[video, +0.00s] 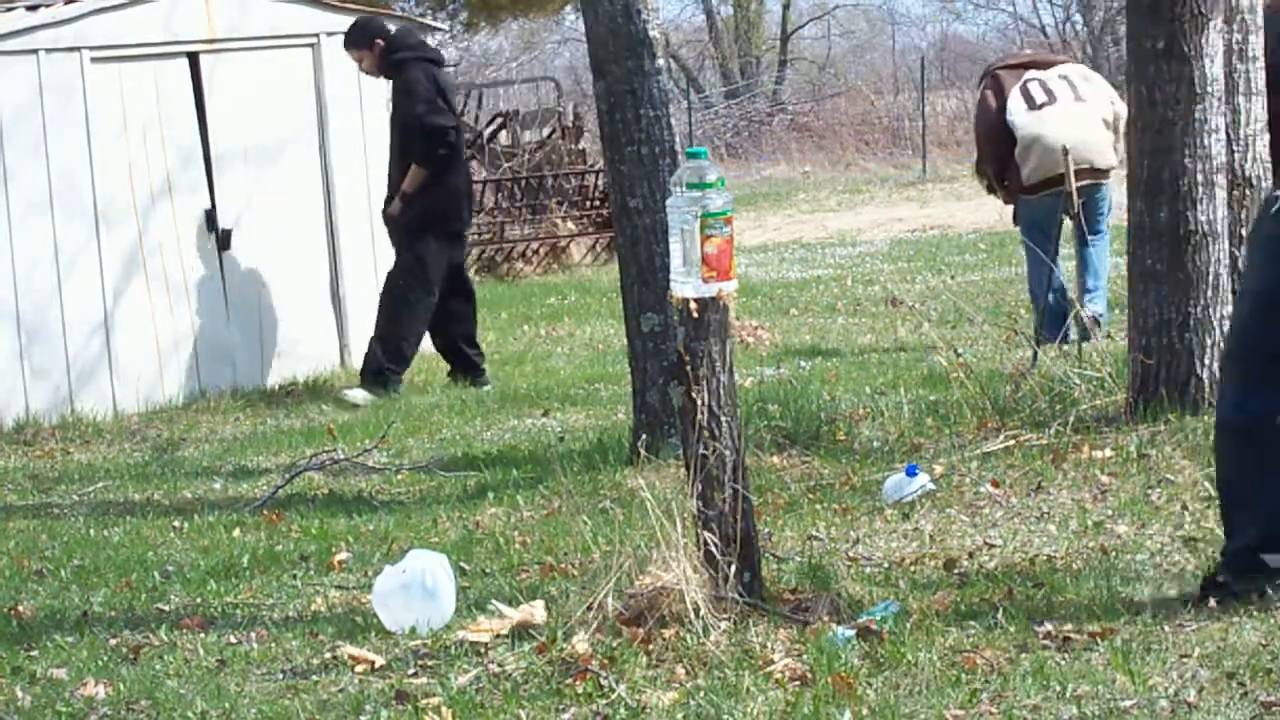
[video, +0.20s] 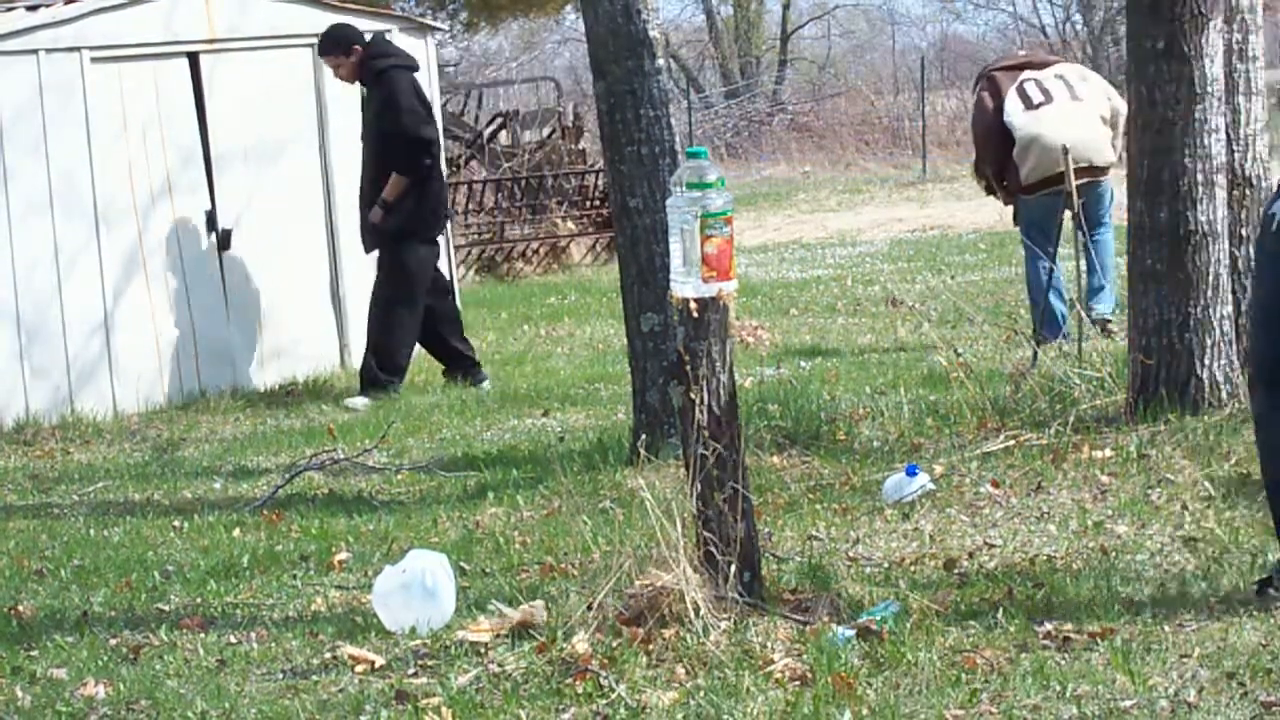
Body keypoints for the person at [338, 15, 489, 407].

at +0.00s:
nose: (360, 69)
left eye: (360, 60)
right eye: (356, 63)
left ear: (378, 47)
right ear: (378, 47)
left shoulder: (413, 74)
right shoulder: (418, 70)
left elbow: (436, 140)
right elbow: (432, 142)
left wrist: (402, 195)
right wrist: (403, 192)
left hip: (430, 211)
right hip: (441, 209)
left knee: (406, 296)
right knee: (449, 296)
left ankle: (379, 384)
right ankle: (470, 375)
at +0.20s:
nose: (335, 74)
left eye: (336, 65)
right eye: (331, 67)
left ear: (355, 53)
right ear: (355, 54)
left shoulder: (391, 78)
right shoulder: (379, 78)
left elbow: (418, 147)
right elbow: (403, 147)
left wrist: (383, 202)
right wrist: (377, 197)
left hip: (412, 214)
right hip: (406, 213)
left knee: (394, 302)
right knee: (428, 298)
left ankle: (378, 389)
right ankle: (467, 375)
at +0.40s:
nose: (312, 74)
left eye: (313, 65)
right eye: (308, 67)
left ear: (333, 53)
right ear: (332, 54)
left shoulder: (369, 79)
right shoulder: (352, 80)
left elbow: (398, 145)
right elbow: (363, 149)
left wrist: (365, 203)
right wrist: (348, 204)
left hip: (386, 214)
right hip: (368, 214)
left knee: (384, 300)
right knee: (379, 298)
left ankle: (379, 386)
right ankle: (440, 361)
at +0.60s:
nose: (293, 74)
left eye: (296, 65)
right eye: (289, 67)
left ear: (316, 52)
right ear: (303, 58)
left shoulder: (354, 80)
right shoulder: (318, 86)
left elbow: (386, 144)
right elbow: (326, 152)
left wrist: (354, 203)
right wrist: (314, 203)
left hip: (365, 218)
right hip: (329, 218)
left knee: (366, 298)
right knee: (323, 290)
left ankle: (379, 386)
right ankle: (369, 372)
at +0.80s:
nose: (269, 78)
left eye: (272, 70)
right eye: (264, 71)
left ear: (293, 57)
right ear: (272, 64)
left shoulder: (330, 82)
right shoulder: (284, 94)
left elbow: (365, 147)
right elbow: (294, 157)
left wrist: (334, 206)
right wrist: (282, 205)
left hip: (344, 223)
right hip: (301, 224)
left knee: (355, 309)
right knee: (286, 313)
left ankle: (376, 390)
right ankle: (269, 395)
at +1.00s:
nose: (232, 84)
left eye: (235, 75)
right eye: (227, 77)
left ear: (256, 62)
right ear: (228, 71)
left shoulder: (292, 89)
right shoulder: (241, 106)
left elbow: (330, 148)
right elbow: (248, 174)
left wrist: (302, 211)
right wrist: (237, 222)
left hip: (305, 229)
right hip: (261, 232)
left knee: (330, 314)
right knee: (256, 324)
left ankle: (372, 389)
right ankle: (244, 404)